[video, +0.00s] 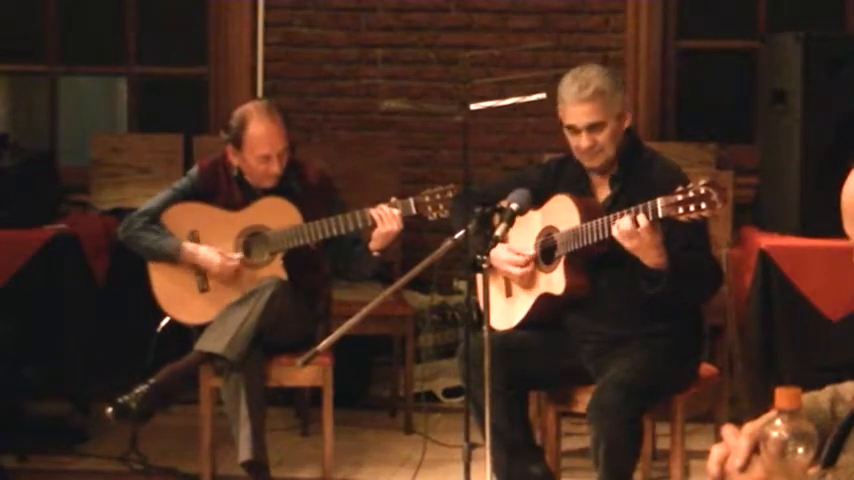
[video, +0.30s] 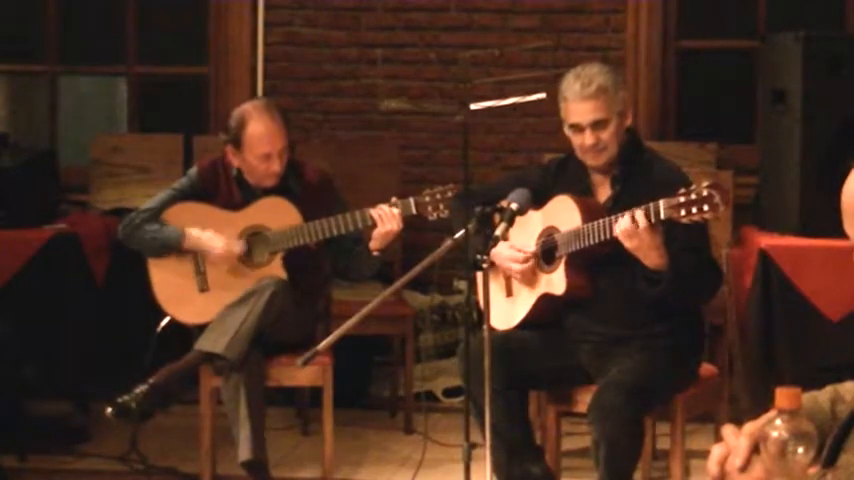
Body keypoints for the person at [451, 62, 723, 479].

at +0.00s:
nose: (584, 143)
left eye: (596, 129)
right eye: (572, 131)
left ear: (625, 119)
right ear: (561, 126)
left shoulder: (665, 183)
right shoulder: (557, 176)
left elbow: (705, 281)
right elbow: (468, 203)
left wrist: (658, 262)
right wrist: (488, 248)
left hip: (654, 342)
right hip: (574, 335)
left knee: (611, 403)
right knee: (485, 353)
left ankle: (613, 474)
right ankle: (523, 471)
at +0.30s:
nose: (589, 140)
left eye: (600, 126)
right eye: (576, 129)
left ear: (626, 117)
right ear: (563, 127)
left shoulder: (667, 184)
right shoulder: (557, 177)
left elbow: (703, 284)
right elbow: (468, 204)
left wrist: (660, 263)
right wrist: (489, 248)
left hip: (653, 342)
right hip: (574, 336)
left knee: (612, 405)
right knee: (485, 353)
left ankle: (614, 474)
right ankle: (523, 471)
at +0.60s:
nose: (590, 139)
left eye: (601, 125)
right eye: (577, 128)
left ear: (626, 117)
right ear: (564, 126)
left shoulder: (667, 184)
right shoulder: (557, 177)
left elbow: (703, 284)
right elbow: (471, 203)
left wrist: (661, 265)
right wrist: (489, 247)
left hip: (653, 342)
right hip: (574, 336)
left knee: (612, 405)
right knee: (485, 353)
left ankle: (614, 474)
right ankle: (524, 471)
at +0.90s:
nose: (590, 138)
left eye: (601, 124)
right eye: (577, 127)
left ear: (626, 117)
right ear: (565, 127)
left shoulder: (666, 183)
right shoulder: (557, 177)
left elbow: (704, 284)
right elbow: (467, 202)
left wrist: (660, 261)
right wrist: (490, 247)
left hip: (653, 344)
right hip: (573, 338)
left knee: (613, 404)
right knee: (484, 352)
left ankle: (613, 474)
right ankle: (524, 471)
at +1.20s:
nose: (560, 139)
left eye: (570, 129)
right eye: (557, 128)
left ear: (612, 125)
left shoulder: (667, 185)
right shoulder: (558, 177)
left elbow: (706, 285)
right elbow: (468, 203)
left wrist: (665, 262)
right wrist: (489, 248)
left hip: (653, 345)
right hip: (574, 339)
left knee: (612, 405)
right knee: (486, 353)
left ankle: (613, 474)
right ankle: (523, 471)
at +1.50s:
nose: (550, 139)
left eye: (559, 129)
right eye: (549, 127)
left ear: (599, 128)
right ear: (593, 129)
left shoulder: (666, 186)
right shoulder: (557, 178)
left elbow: (705, 285)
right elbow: (467, 204)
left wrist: (661, 261)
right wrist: (489, 249)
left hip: (654, 343)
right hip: (574, 336)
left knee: (613, 404)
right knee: (484, 355)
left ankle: (613, 474)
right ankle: (523, 471)